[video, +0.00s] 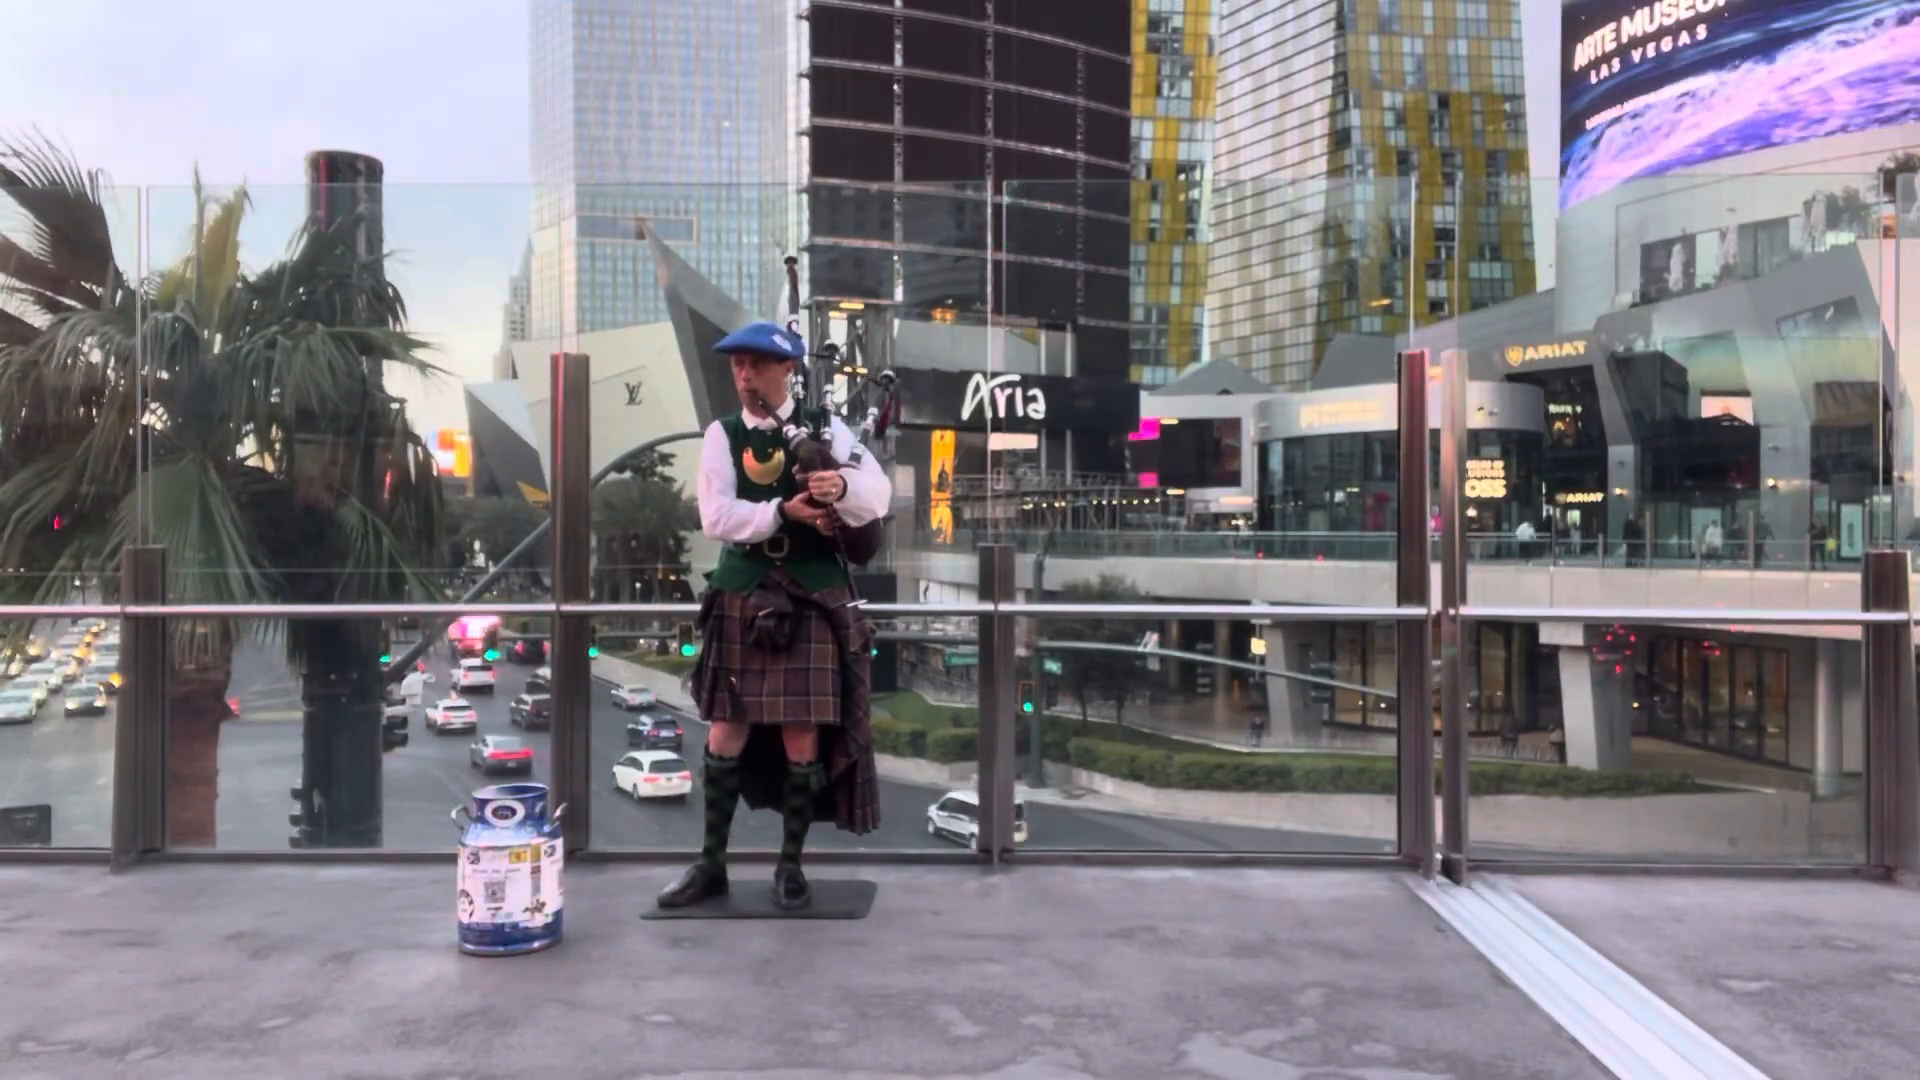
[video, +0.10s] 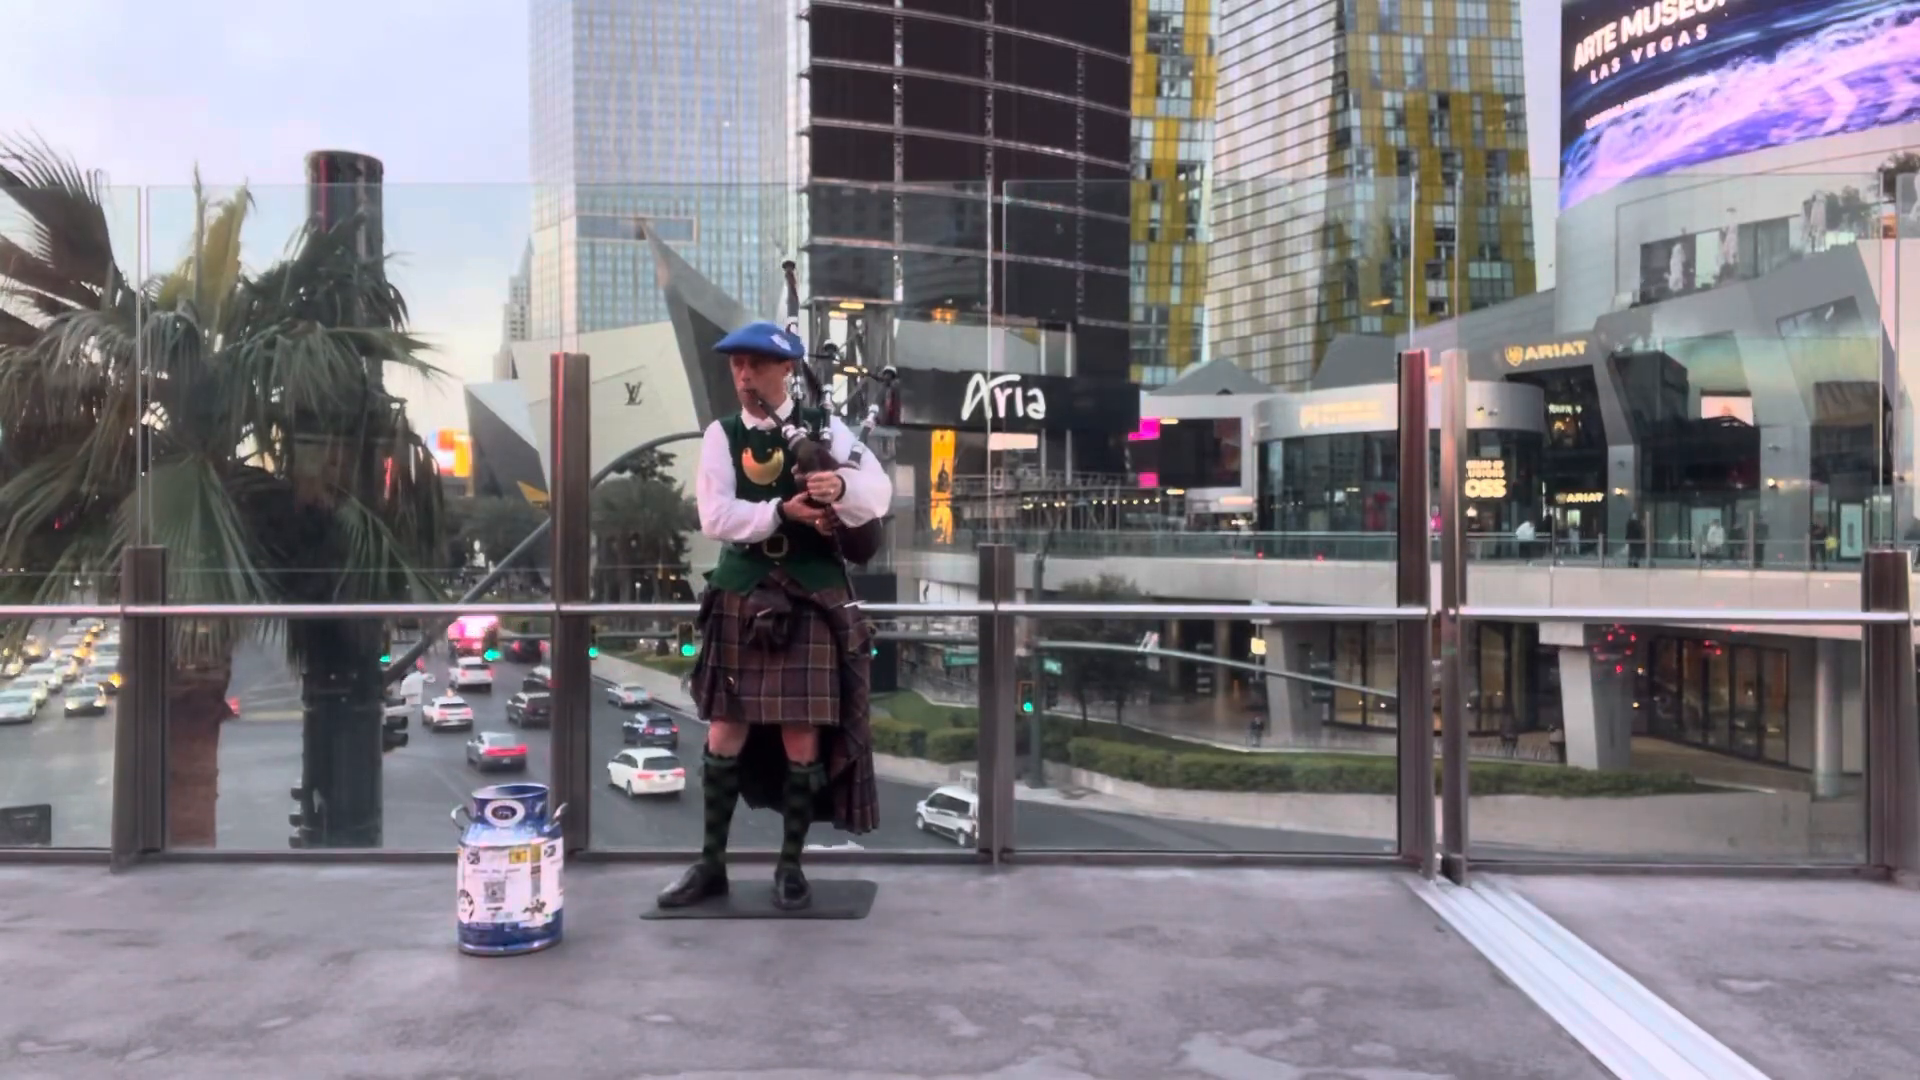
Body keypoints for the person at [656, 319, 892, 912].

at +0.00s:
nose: (743, 375)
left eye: (755, 364)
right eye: (737, 365)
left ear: (788, 369)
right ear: (731, 371)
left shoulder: (827, 430)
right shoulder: (722, 434)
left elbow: (880, 494)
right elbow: (716, 515)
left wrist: (844, 487)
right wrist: (783, 511)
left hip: (814, 595)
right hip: (743, 592)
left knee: (800, 731)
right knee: (726, 729)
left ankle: (789, 866)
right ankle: (711, 864)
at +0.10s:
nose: (743, 374)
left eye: (755, 363)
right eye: (737, 364)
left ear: (787, 368)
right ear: (731, 371)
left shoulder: (825, 429)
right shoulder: (722, 434)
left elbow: (880, 492)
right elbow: (714, 515)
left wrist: (843, 488)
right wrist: (782, 511)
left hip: (812, 594)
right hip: (741, 592)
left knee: (800, 730)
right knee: (725, 728)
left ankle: (790, 866)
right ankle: (711, 864)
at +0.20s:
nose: (741, 374)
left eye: (753, 363)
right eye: (735, 364)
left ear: (785, 367)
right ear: (730, 371)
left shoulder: (823, 428)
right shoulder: (721, 434)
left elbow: (880, 487)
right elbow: (712, 514)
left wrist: (840, 488)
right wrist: (781, 512)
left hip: (810, 592)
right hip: (740, 592)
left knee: (799, 730)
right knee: (722, 728)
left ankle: (790, 865)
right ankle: (713, 864)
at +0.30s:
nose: (737, 374)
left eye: (750, 363)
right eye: (732, 364)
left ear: (782, 368)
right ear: (727, 371)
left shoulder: (821, 426)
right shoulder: (717, 435)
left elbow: (877, 488)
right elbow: (708, 517)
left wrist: (837, 487)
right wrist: (775, 513)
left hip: (810, 592)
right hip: (738, 591)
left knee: (798, 727)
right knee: (721, 725)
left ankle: (791, 864)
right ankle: (717, 861)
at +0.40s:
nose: (733, 375)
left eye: (745, 364)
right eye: (726, 365)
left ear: (777, 368)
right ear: (723, 371)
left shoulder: (817, 425)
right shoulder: (713, 436)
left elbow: (874, 485)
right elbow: (700, 518)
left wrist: (833, 488)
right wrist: (765, 517)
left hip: (808, 591)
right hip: (735, 591)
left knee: (797, 727)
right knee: (723, 725)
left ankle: (791, 864)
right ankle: (718, 861)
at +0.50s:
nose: (727, 375)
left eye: (740, 363)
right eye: (720, 364)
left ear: (771, 368)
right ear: (716, 370)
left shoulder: (811, 425)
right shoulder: (707, 438)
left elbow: (869, 482)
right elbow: (692, 518)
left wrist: (827, 489)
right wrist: (757, 519)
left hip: (804, 591)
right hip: (731, 592)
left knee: (795, 727)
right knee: (723, 726)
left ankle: (789, 864)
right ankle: (719, 861)